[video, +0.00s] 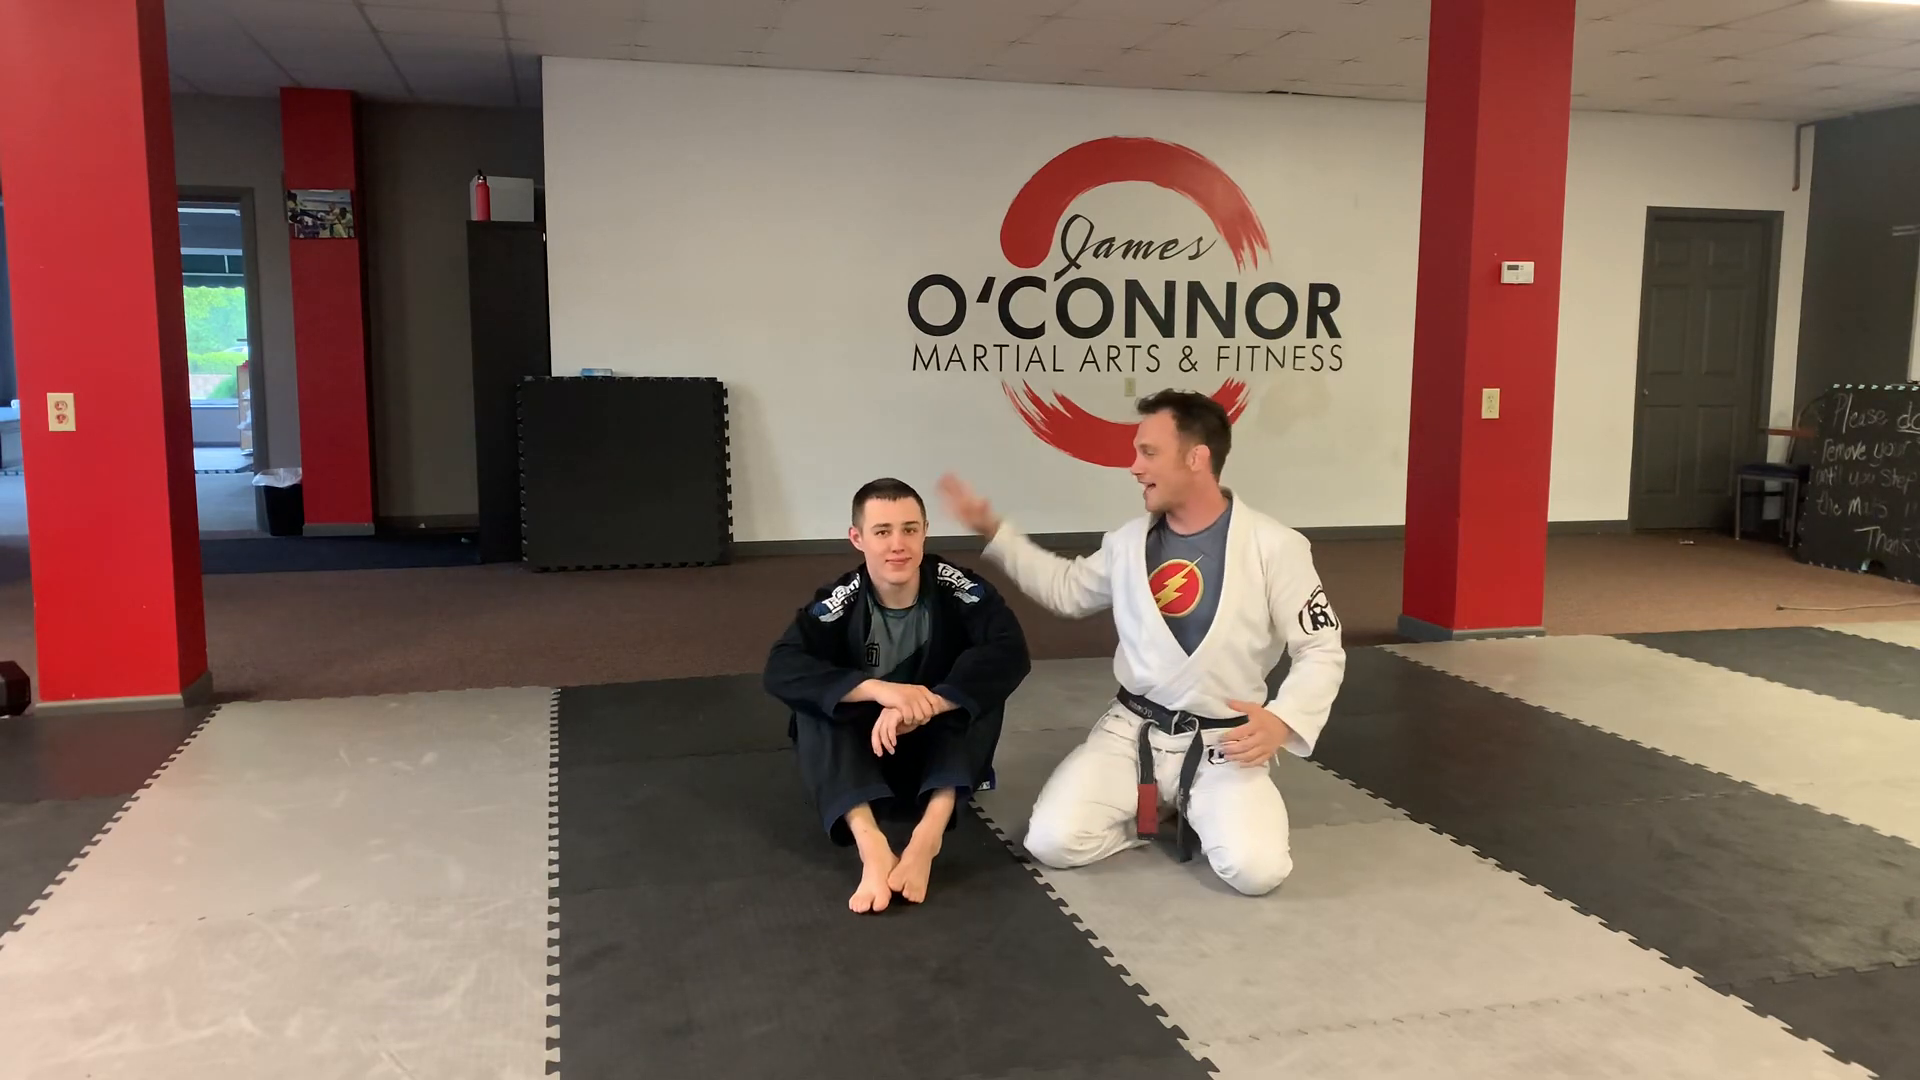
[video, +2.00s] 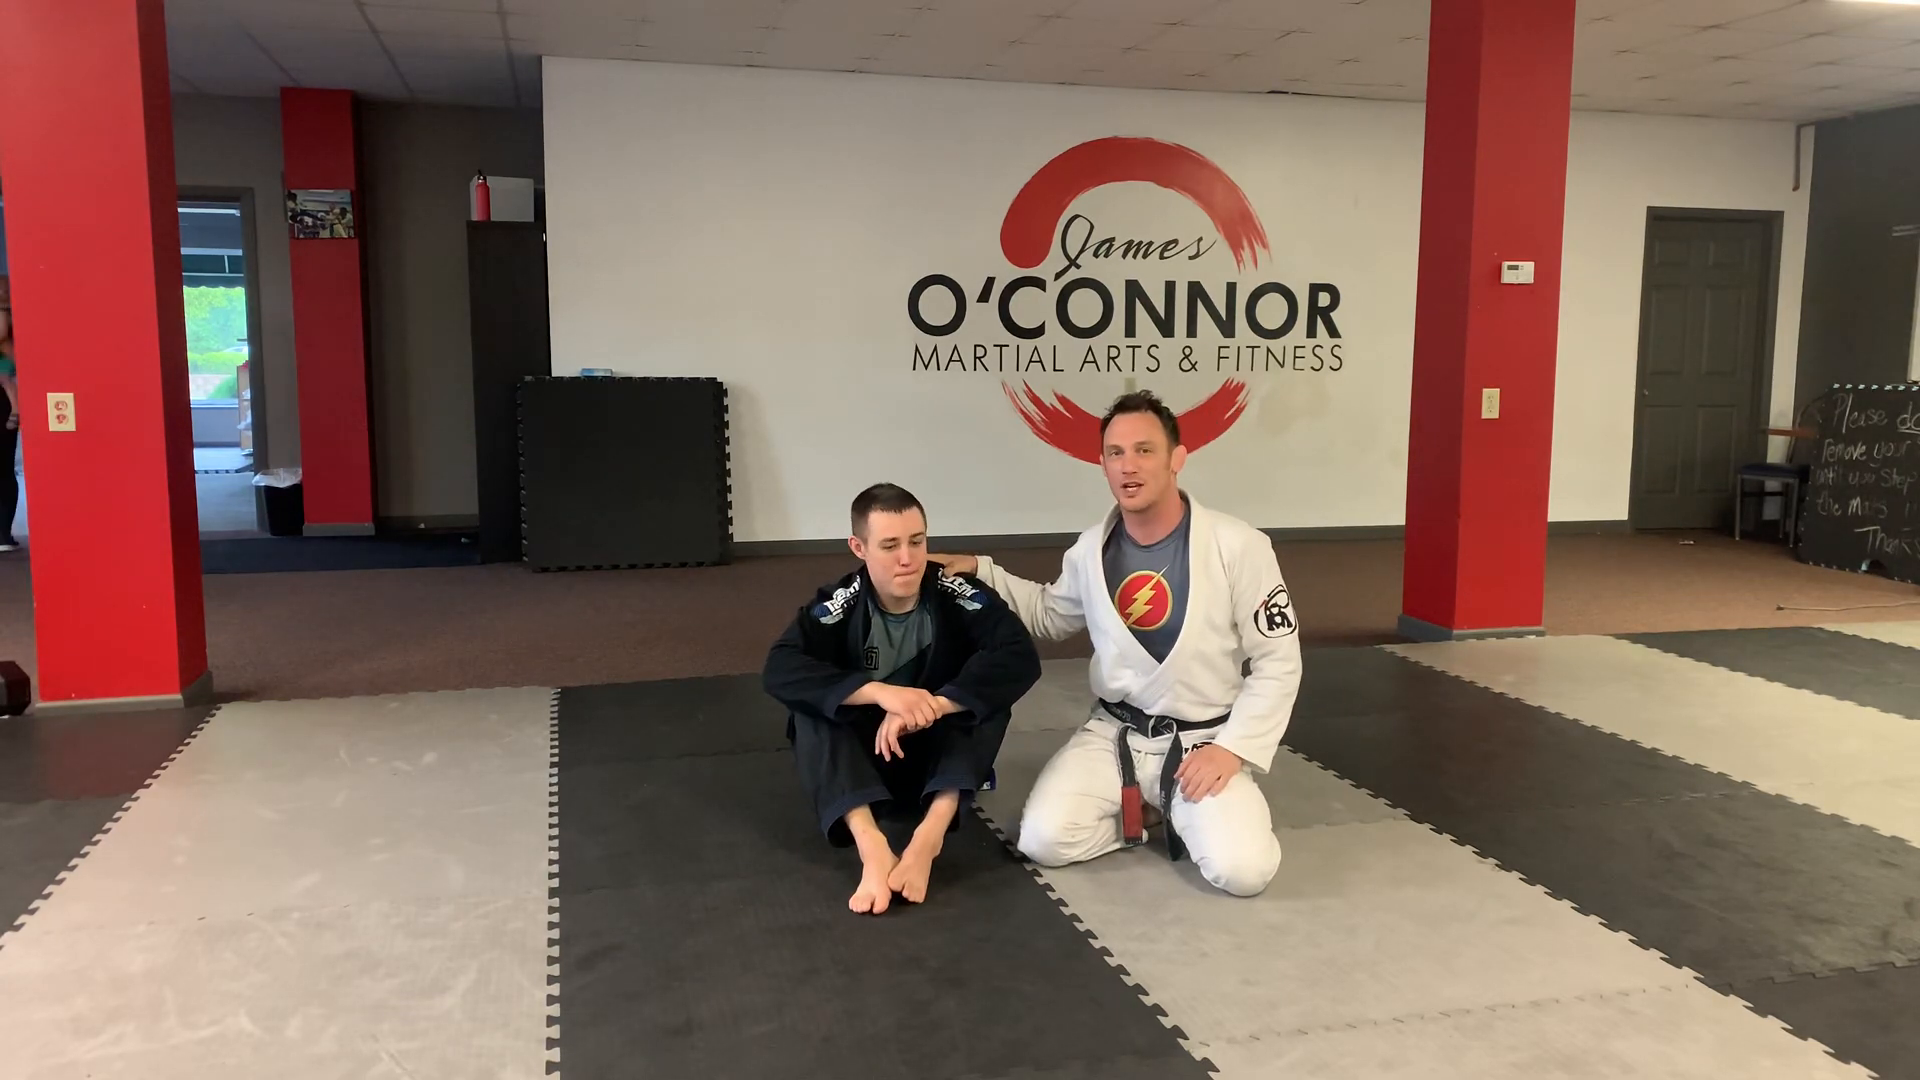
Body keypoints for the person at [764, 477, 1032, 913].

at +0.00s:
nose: (898, 544)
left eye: (909, 530)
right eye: (882, 532)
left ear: (924, 533)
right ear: (857, 539)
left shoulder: (960, 589)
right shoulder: (839, 601)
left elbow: (1009, 653)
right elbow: (783, 669)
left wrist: (923, 704)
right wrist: (879, 690)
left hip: (939, 750)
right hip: (859, 752)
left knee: (981, 689)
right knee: (813, 702)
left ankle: (928, 836)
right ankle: (871, 845)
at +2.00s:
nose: (907, 558)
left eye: (916, 542)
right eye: (890, 546)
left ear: (926, 537)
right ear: (859, 548)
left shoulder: (958, 594)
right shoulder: (838, 603)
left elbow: (1020, 657)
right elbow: (781, 670)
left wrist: (928, 707)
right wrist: (881, 692)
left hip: (937, 754)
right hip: (859, 756)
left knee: (988, 699)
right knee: (811, 709)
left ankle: (930, 835)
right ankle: (871, 846)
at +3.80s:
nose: (914, 550)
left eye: (925, 535)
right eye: (900, 536)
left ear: (936, 532)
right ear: (870, 536)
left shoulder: (972, 596)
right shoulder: (843, 597)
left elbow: (1011, 671)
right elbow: (776, 658)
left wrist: (965, 717)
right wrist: (845, 692)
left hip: (937, 765)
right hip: (860, 760)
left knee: (969, 660)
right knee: (808, 698)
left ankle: (928, 836)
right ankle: (857, 848)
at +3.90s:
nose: (920, 548)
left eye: (932, 534)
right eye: (906, 534)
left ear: (943, 533)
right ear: (877, 533)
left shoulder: (979, 601)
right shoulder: (848, 592)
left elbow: (1020, 685)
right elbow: (766, 649)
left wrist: (1002, 733)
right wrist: (794, 685)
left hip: (936, 764)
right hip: (858, 760)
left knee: (967, 661)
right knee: (793, 677)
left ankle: (928, 832)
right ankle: (821, 841)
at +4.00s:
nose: (927, 549)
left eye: (939, 535)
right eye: (913, 534)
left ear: (951, 533)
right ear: (885, 531)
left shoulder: (983, 604)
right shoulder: (853, 591)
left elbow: (1023, 699)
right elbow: (764, 637)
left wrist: (1015, 766)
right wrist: (755, 670)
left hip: (944, 767)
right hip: (861, 764)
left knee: (958, 659)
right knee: (777, 671)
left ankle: (924, 831)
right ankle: (775, 840)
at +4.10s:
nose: (932, 552)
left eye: (945, 539)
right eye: (919, 537)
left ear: (958, 537)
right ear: (894, 532)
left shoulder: (986, 606)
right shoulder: (863, 586)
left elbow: (1023, 710)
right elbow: (785, 618)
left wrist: (1018, 794)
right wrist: (735, 651)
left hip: (945, 765)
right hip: (863, 758)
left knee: (946, 659)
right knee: (758, 669)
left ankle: (918, 831)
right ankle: (722, 830)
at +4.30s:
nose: (937, 561)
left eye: (952, 548)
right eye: (926, 545)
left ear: (968, 544)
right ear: (901, 534)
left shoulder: (994, 604)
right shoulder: (871, 580)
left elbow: (1022, 714)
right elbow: (794, 613)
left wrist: (1011, 808)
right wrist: (730, 642)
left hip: (943, 765)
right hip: (860, 750)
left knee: (961, 671)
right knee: (743, 668)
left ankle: (854, 822)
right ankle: (672, 817)